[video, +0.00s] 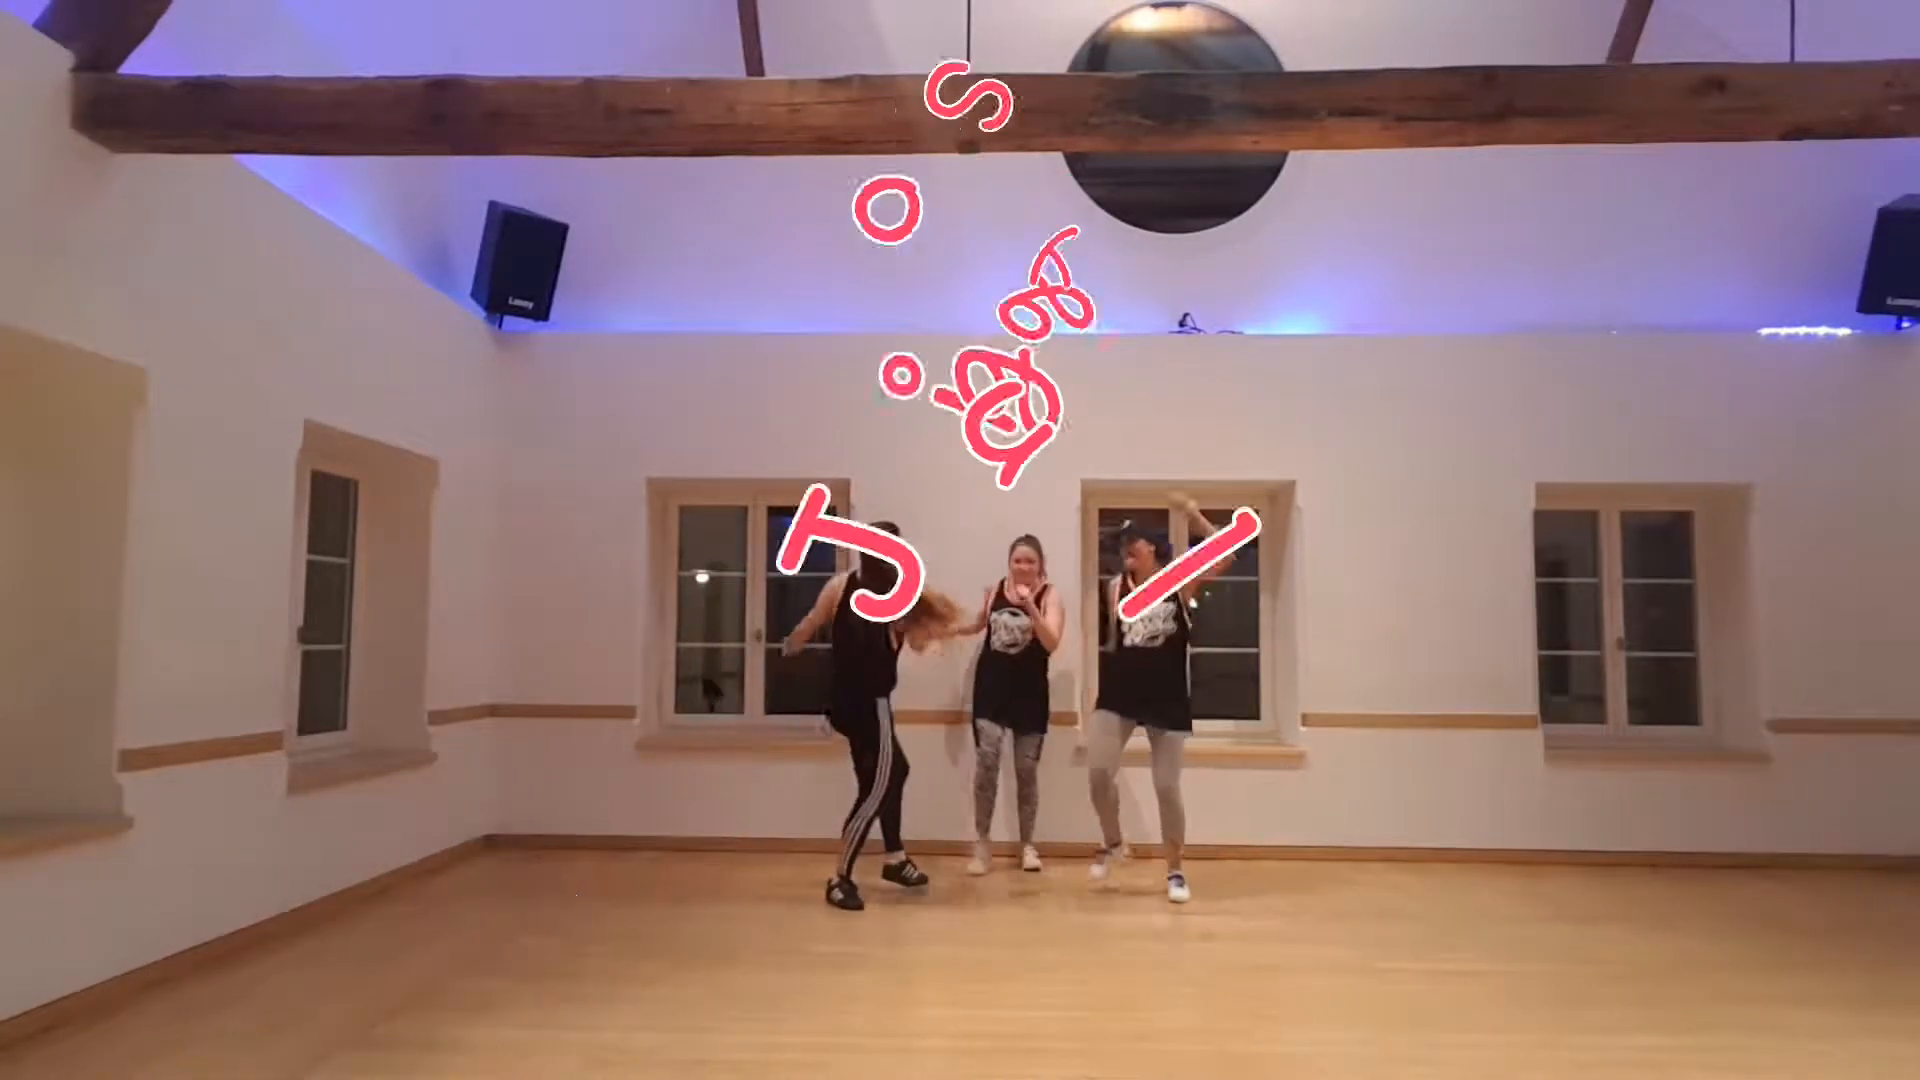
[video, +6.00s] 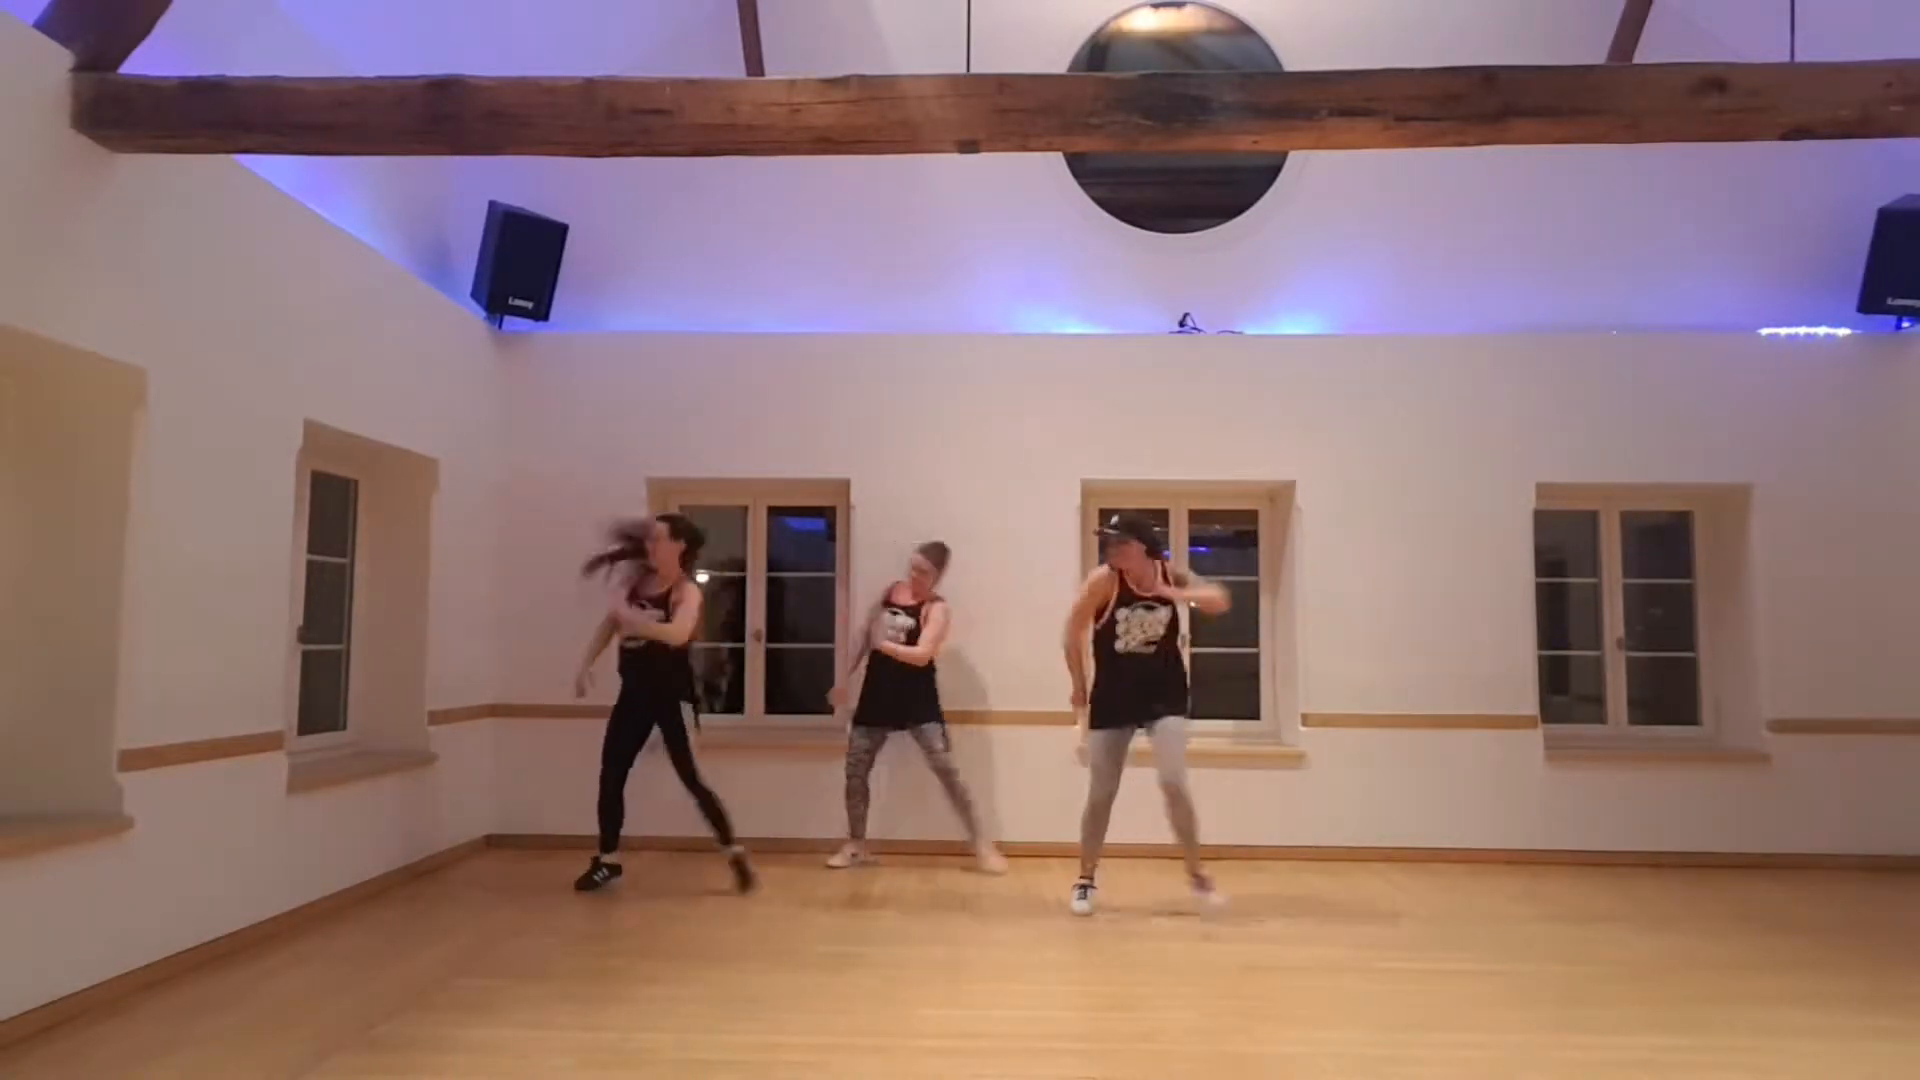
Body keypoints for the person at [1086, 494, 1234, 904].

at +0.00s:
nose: (1129, 554)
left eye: (1136, 548)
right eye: (1126, 550)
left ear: (1155, 551)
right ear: (1125, 557)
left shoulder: (1179, 582)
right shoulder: (1113, 588)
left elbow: (1223, 559)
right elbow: (1107, 641)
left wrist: (1194, 515)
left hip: (1166, 697)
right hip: (1118, 694)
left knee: (1167, 786)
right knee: (1098, 774)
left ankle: (1176, 872)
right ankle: (1113, 846)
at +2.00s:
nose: (1056, 559)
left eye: (1064, 553)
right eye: (1054, 553)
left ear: (1082, 556)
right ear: (1052, 557)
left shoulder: (1103, 587)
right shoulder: (1039, 595)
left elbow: (1151, 593)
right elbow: (1021, 647)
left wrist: (1145, 549)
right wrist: (1016, 703)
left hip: (1102, 700)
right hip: (1052, 704)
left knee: (1129, 784)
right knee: (1049, 789)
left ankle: (1138, 865)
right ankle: (1044, 866)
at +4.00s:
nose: (1167, 602)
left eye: (1174, 594)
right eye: (1164, 595)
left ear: (1193, 592)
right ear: (1160, 595)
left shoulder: (1217, 614)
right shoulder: (1154, 622)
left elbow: (1186, 638)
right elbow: (1129, 669)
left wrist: (1123, 637)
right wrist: (1107, 718)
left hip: (1197, 732)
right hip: (1141, 729)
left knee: (1237, 801)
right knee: (1106, 793)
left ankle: (1247, 875)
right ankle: (1076, 868)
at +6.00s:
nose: (1115, 556)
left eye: (1122, 547)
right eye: (1112, 549)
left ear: (1144, 547)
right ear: (1112, 552)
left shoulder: (1172, 575)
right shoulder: (1104, 581)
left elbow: (1220, 600)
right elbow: (1074, 629)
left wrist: (1173, 593)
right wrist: (1079, 684)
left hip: (1165, 696)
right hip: (1113, 697)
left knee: (1173, 783)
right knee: (1102, 792)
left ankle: (1197, 874)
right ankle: (1086, 879)